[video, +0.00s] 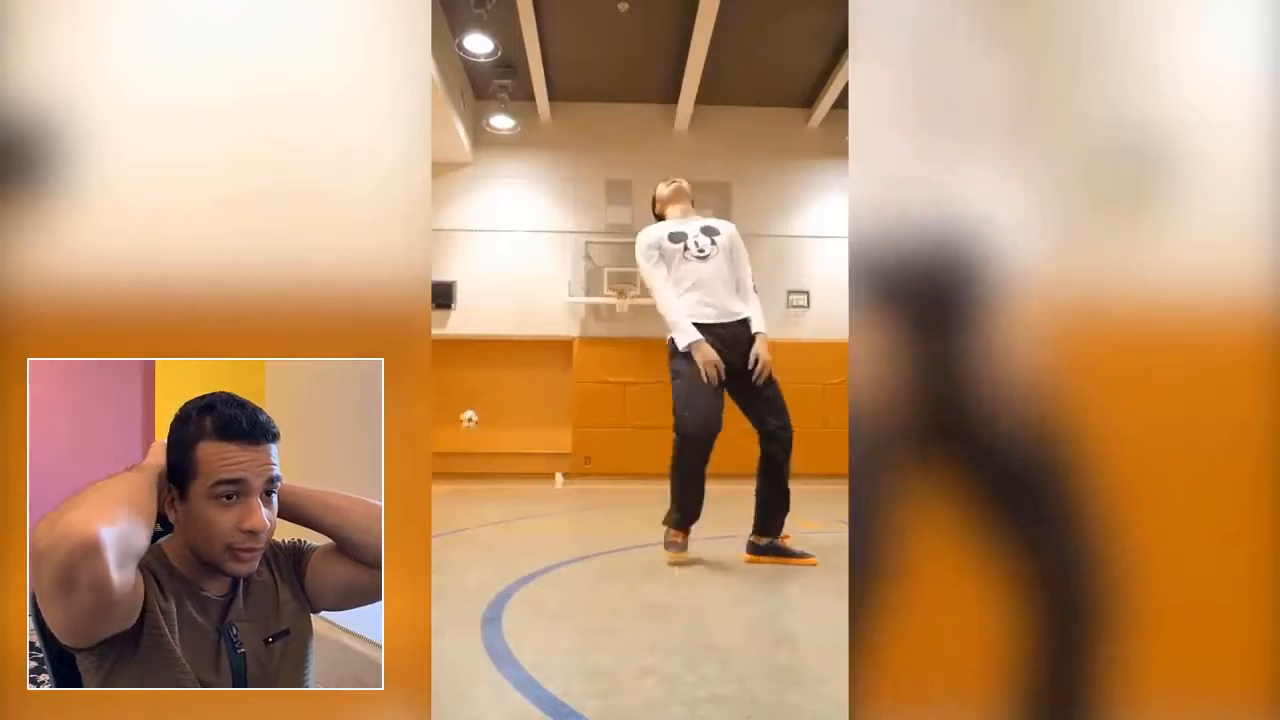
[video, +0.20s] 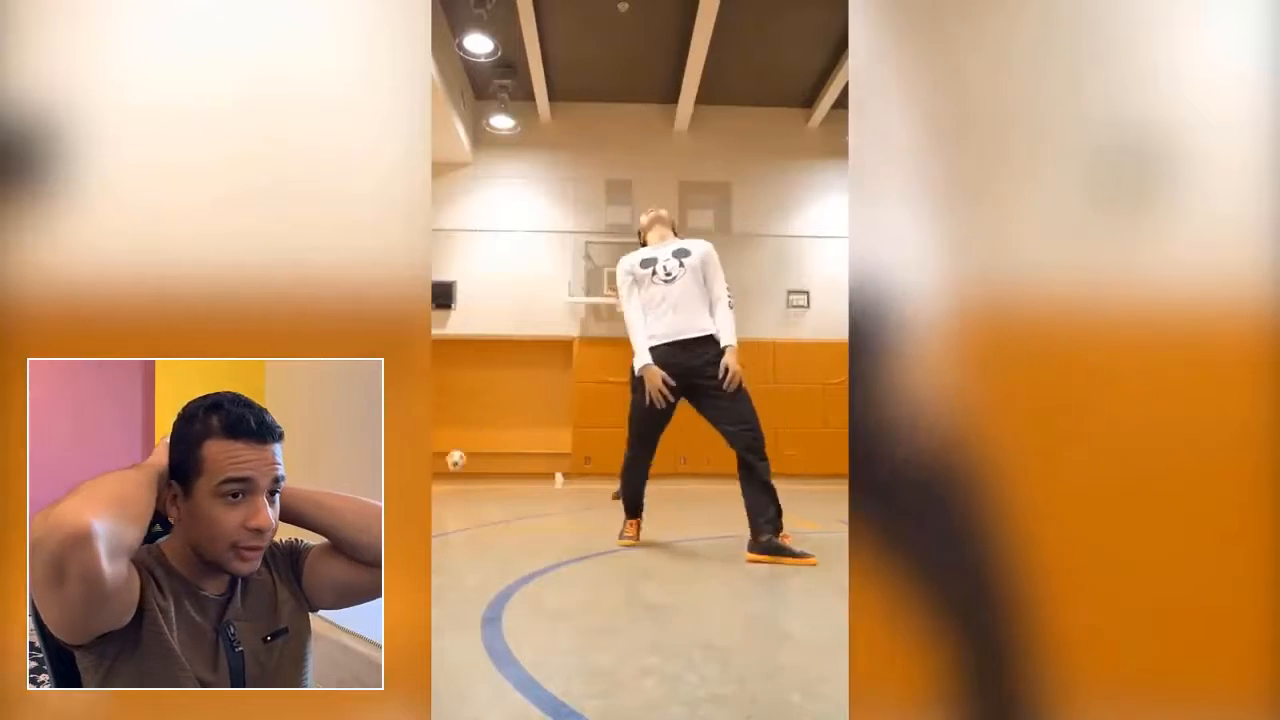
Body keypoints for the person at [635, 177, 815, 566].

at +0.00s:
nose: (675, 181)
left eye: (680, 182)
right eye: (666, 184)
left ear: (693, 199)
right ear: (658, 207)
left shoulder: (725, 228)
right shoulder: (651, 235)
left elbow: (747, 288)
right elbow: (663, 295)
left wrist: (760, 335)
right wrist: (694, 342)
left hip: (739, 334)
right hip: (692, 338)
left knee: (778, 431)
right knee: (697, 430)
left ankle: (766, 535)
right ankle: (679, 525)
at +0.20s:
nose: (655, 210)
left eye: (662, 211)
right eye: (647, 213)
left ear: (674, 227)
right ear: (641, 233)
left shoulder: (700, 247)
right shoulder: (629, 262)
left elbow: (721, 300)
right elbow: (632, 315)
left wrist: (730, 348)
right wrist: (645, 364)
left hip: (706, 353)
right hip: (656, 360)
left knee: (750, 442)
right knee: (639, 448)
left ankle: (765, 535)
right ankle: (631, 518)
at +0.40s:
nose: (632, 215)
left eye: (641, 213)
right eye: (631, 215)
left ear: (657, 227)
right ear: (627, 231)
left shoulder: (670, 250)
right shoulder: (608, 269)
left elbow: (681, 304)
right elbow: (604, 322)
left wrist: (682, 353)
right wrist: (595, 364)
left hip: (661, 349)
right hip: (619, 354)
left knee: (705, 429)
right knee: (619, 442)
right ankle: (631, 523)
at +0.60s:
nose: (616, 220)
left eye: (625, 216)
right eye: (618, 216)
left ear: (639, 226)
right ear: (623, 230)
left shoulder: (654, 257)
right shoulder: (602, 277)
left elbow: (661, 308)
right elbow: (600, 326)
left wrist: (646, 352)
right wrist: (588, 367)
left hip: (643, 356)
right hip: (606, 360)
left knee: (651, 434)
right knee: (610, 440)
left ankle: (637, 496)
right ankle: (628, 521)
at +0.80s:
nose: (600, 239)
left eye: (607, 235)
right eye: (603, 234)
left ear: (622, 245)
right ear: (614, 246)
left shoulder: (635, 281)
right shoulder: (591, 288)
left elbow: (641, 333)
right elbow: (589, 339)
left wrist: (624, 375)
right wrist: (578, 380)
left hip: (626, 376)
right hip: (592, 376)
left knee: (627, 447)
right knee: (590, 444)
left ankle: (627, 513)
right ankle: (609, 515)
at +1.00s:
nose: (596, 238)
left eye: (605, 237)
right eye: (599, 235)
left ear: (615, 252)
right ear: (597, 248)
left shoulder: (618, 278)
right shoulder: (575, 281)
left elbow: (627, 329)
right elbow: (574, 327)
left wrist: (617, 370)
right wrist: (565, 361)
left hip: (602, 366)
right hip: (571, 366)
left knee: (615, 442)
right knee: (546, 437)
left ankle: (626, 512)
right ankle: (564, 508)